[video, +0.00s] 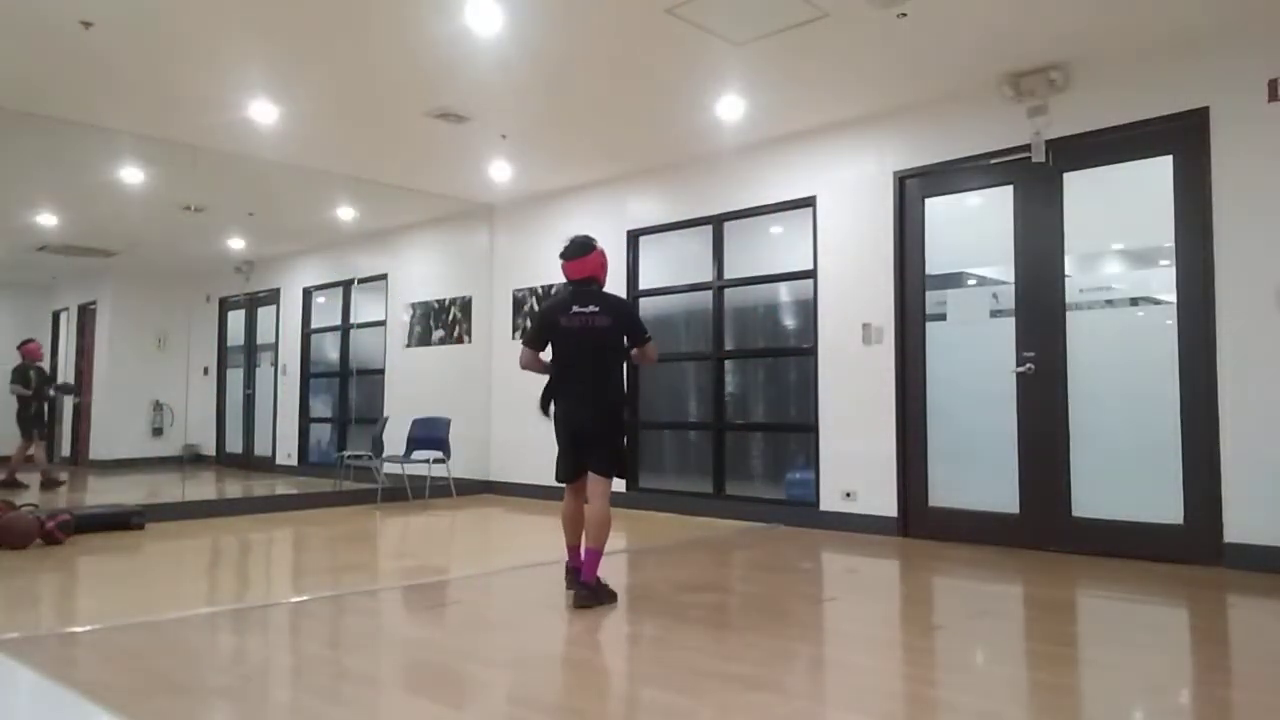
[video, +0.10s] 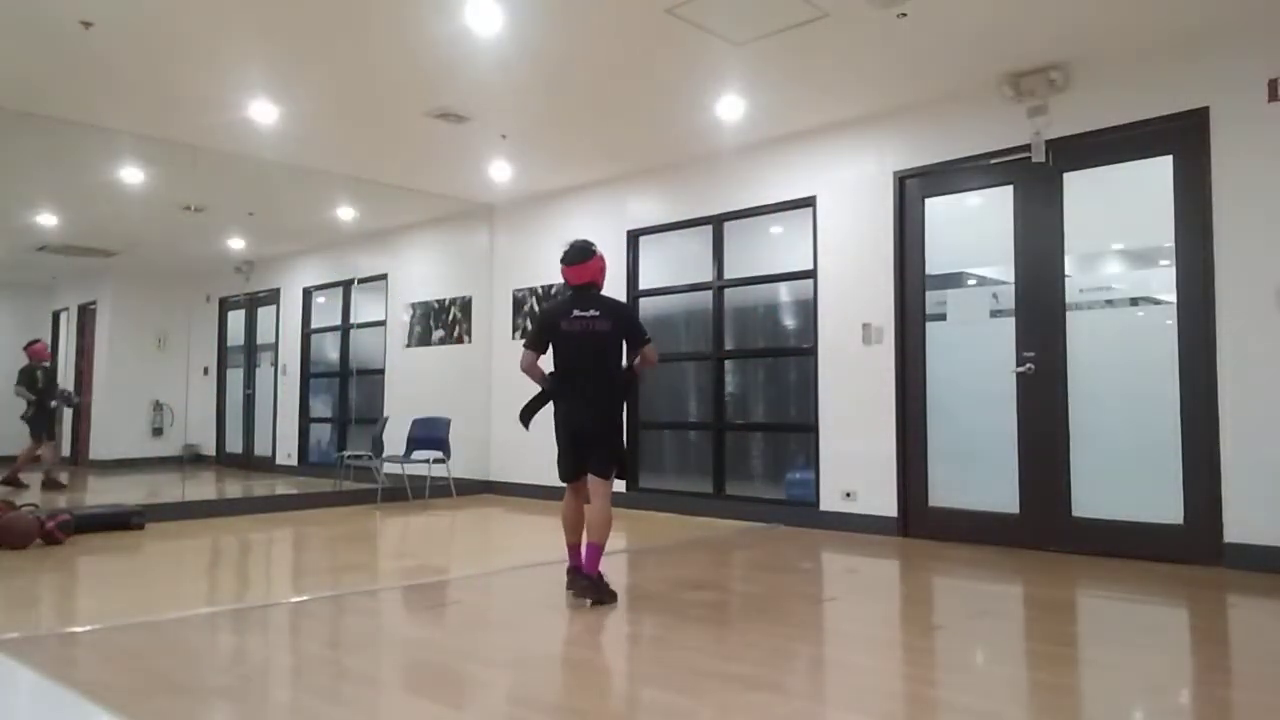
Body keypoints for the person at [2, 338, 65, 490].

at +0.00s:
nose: (42, 352)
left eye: (41, 349)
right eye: (38, 350)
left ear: (32, 353)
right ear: (30, 353)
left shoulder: (40, 370)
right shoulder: (19, 369)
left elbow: (49, 384)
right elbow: (14, 388)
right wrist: (32, 393)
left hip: (38, 410)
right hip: (26, 410)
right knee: (36, 442)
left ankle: (10, 476)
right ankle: (46, 478)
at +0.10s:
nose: (48, 353)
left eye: (46, 350)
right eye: (44, 350)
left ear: (35, 354)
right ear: (37, 353)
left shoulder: (48, 370)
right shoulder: (27, 370)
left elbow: (51, 388)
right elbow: (19, 389)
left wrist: (62, 395)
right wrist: (35, 400)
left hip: (46, 411)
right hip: (36, 412)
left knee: (36, 444)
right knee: (49, 444)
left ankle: (12, 475)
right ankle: (49, 478)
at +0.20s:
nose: (54, 353)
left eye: (54, 350)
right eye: (51, 351)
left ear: (51, 352)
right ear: (42, 353)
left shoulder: (56, 370)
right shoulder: (34, 370)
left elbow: (60, 390)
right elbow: (26, 389)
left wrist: (67, 400)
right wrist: (42, 399)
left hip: (55, 410)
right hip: (42, 411)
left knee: (55, 446)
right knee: (52, 445)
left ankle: (24, 469)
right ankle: (49, 479)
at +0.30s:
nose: (62, 350)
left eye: (61, 348)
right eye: (58, 348)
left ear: (54, 351)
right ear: (50, 352)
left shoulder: (61, 368)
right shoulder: (42, 367)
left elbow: (64, 388)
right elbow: (35, 386)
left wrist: (72, 400)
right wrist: (49, 397)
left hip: (61, 408)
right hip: (48, 409)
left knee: (71, 439)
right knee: (52, 443)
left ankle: (44, 467)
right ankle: (49, 477)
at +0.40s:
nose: (70, 351)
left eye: (69, 348)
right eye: (66, 348)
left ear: (62, 351)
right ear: (57, 351)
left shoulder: (67, 367)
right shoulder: (49, 366)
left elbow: (69, 386)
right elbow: (44, 385)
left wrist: (73, 398)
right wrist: (57, 397)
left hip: (67, 407)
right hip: (54, 408)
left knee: (80, 437)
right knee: (54, 442)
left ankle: (64, 467)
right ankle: (50, 475)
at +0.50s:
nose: (74, 353)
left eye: (74, 350)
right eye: (71, 350)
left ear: (74, 352)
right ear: (63, 352)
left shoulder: (76, 369)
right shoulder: (57, 368)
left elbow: (76, 389)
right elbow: (52, 387)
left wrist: (80, 402)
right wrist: (65, 400)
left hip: (72, 411)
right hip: (57, 411)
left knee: (83, 438)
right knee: (55, 444)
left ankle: (84, 474)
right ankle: (49, 477)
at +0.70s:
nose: (89, 356)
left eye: (88, 353)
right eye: (86, 353)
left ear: (81, 355)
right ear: (79, 355)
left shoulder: (85, 371)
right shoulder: (71, 370)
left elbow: (85, 390)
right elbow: (68, 390)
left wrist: (94, 401)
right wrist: (81, 403)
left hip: (86, 410)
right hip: (74, 411)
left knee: (97, 440)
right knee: (67, 444)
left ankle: (101, 476)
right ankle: (49, 477)